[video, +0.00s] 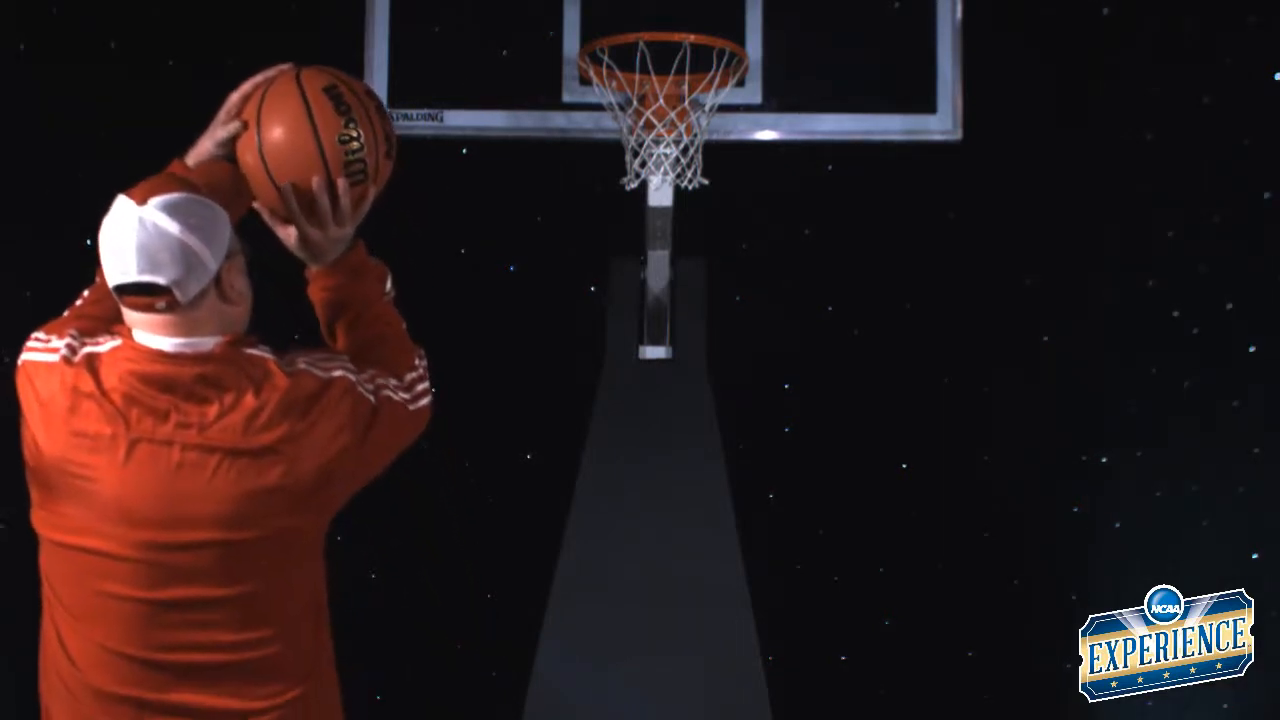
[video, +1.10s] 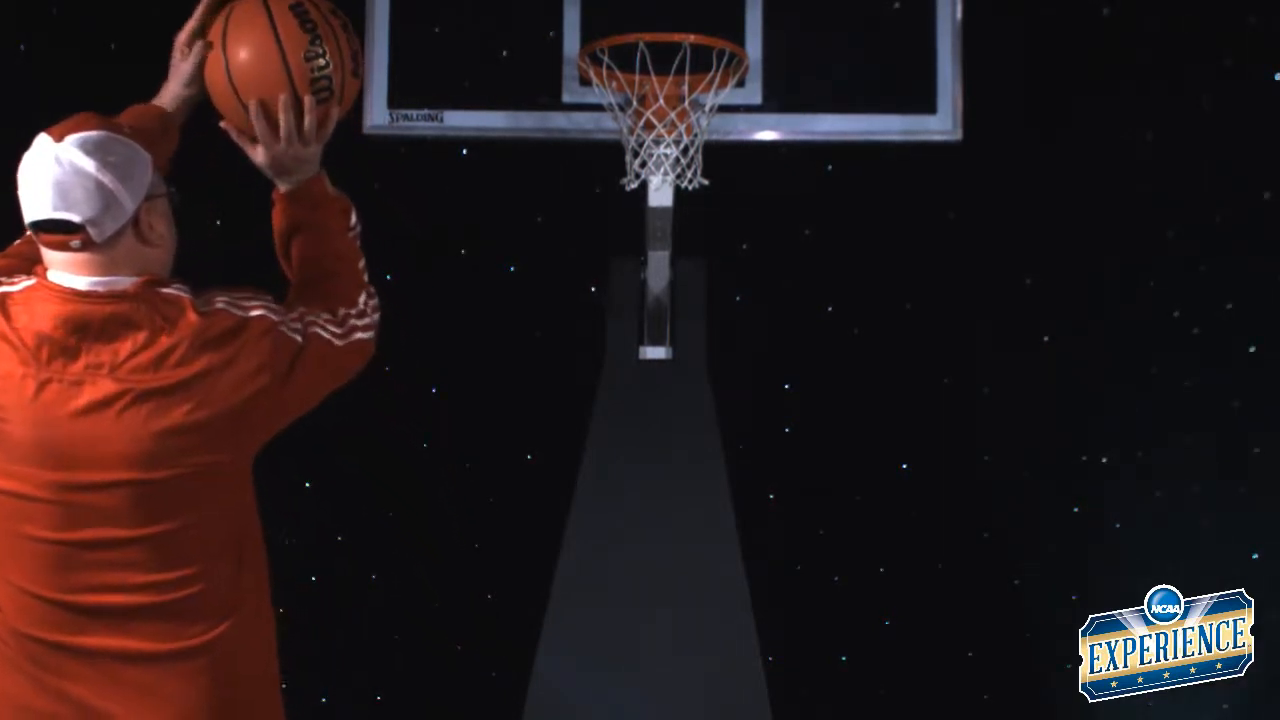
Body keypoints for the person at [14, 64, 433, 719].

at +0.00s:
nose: (244, 262)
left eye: (236, 253)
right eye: (236, 255)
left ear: (120, 288)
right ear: (226, 285)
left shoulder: (51, 390)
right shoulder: (303, 416)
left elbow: (117, 270)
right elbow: (405, 390)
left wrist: (198, 168)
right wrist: (342, 267)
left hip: (89, 707)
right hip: (273, 706)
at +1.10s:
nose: (169, 212)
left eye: (162, 196)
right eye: (161, 199)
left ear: (45, 224)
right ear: (145, 223)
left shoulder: (3, 327)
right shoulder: (216, 352)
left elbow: (60, 214)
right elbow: (345, 325)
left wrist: (168, 103)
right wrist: (305, 190)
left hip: (30, 697)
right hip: (193, 698)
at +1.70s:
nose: (120, 229)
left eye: (113, 216)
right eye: (111, 221)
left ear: (10, 249)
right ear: (93, 249)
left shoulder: (2, 340)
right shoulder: (154, 358)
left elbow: (36, 196)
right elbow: (272, 249)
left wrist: (151, 124)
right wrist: (304, 112)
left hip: (17, 697)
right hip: (155, 701)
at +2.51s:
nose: (56, 295)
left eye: (43, 285)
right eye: (44, 288)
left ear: (9, 332)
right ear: (20, 330)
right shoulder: (89, 430)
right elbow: (185, 274)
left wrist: (79, 191)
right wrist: (219, 102)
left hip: (17, 702)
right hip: (125, 702)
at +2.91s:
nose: (22, 353)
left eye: (14, 346)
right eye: (13, 350)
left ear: (12, 378)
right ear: (1, 383)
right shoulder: (40, 500)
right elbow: (186, 335)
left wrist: (18, 248)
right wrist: (176, 155)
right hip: (90, 701)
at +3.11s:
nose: (14, 396)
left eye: (7, 366)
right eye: (7, 367)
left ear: (11, 371)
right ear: (3, 376)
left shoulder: (38, 537)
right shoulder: (33, 539)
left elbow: (190, 371)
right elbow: (190, 368)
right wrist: (159, 194)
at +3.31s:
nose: (9, 414)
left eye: (4, 385)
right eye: (5, 385)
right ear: (4, 409)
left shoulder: (33, 555)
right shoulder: (27, 557)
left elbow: (202, 409)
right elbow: (202, 407)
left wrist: (148, 244)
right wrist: (149, 243)